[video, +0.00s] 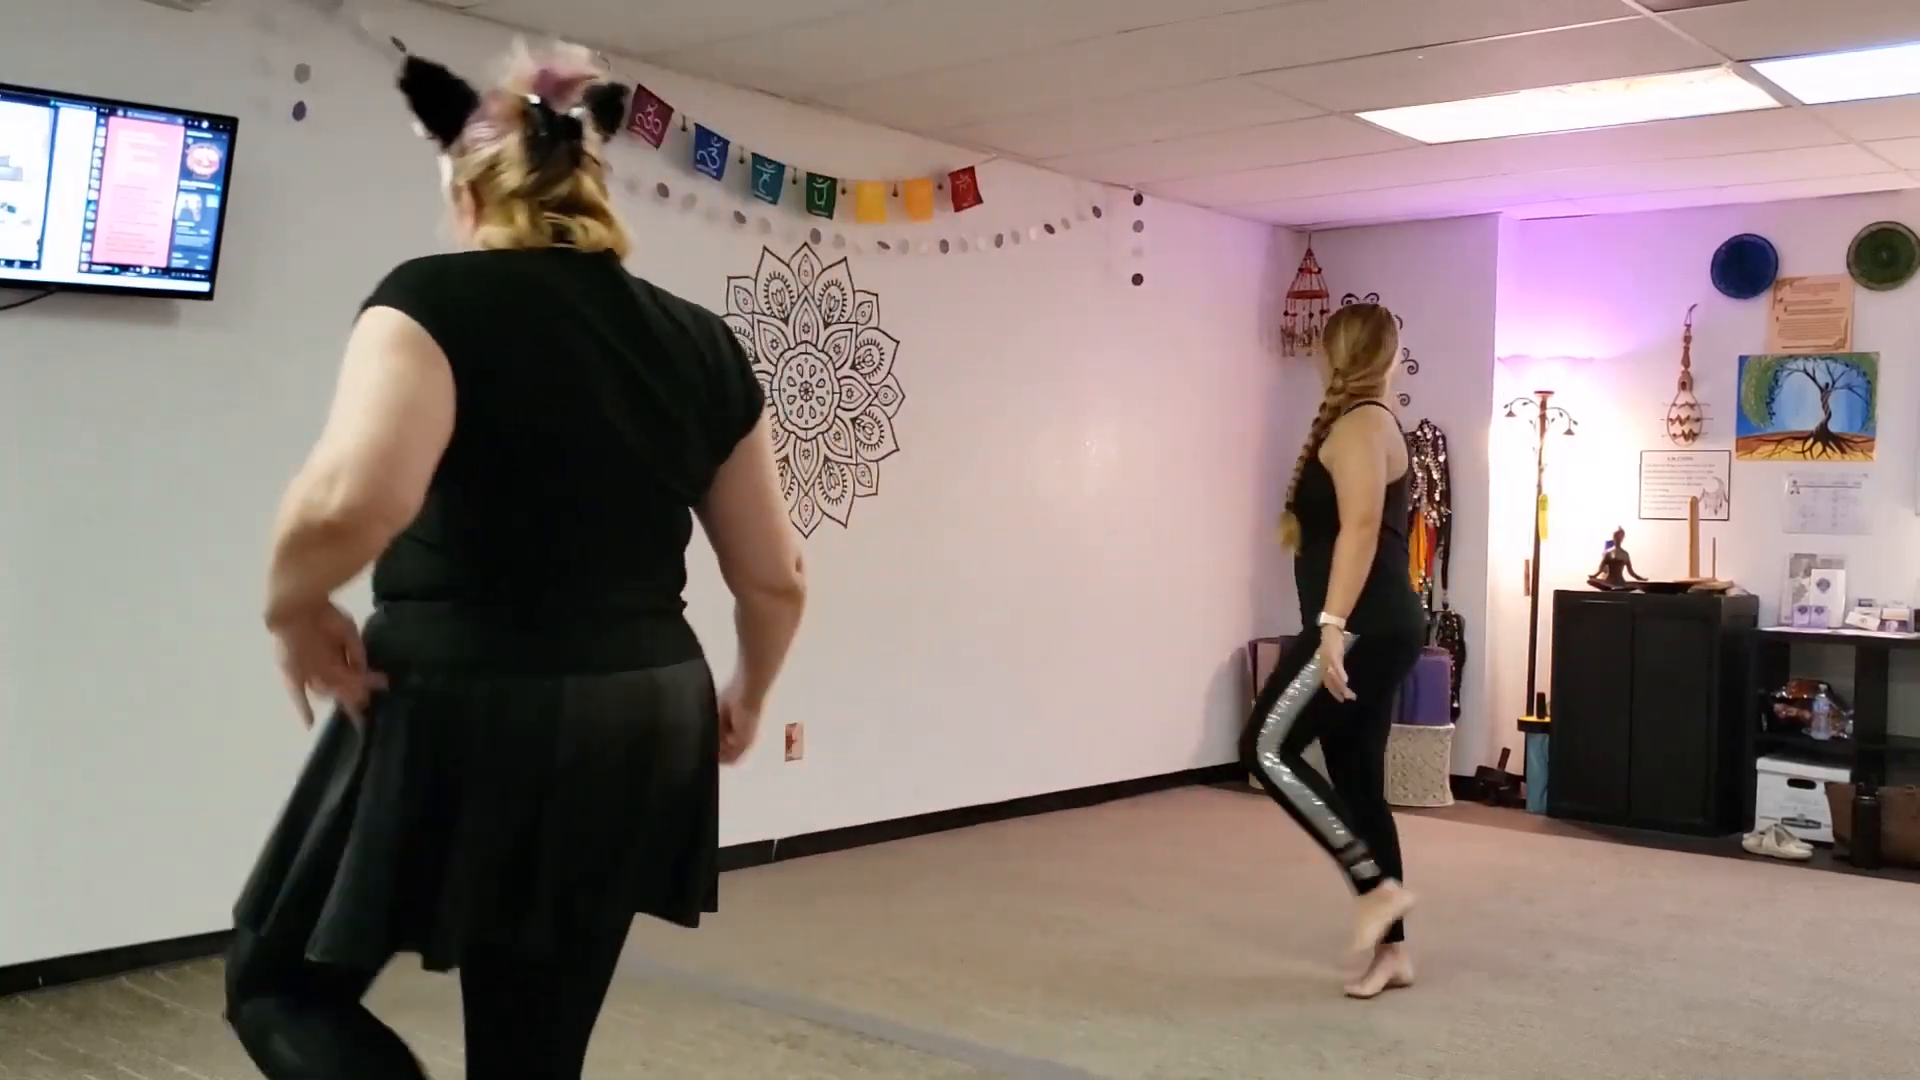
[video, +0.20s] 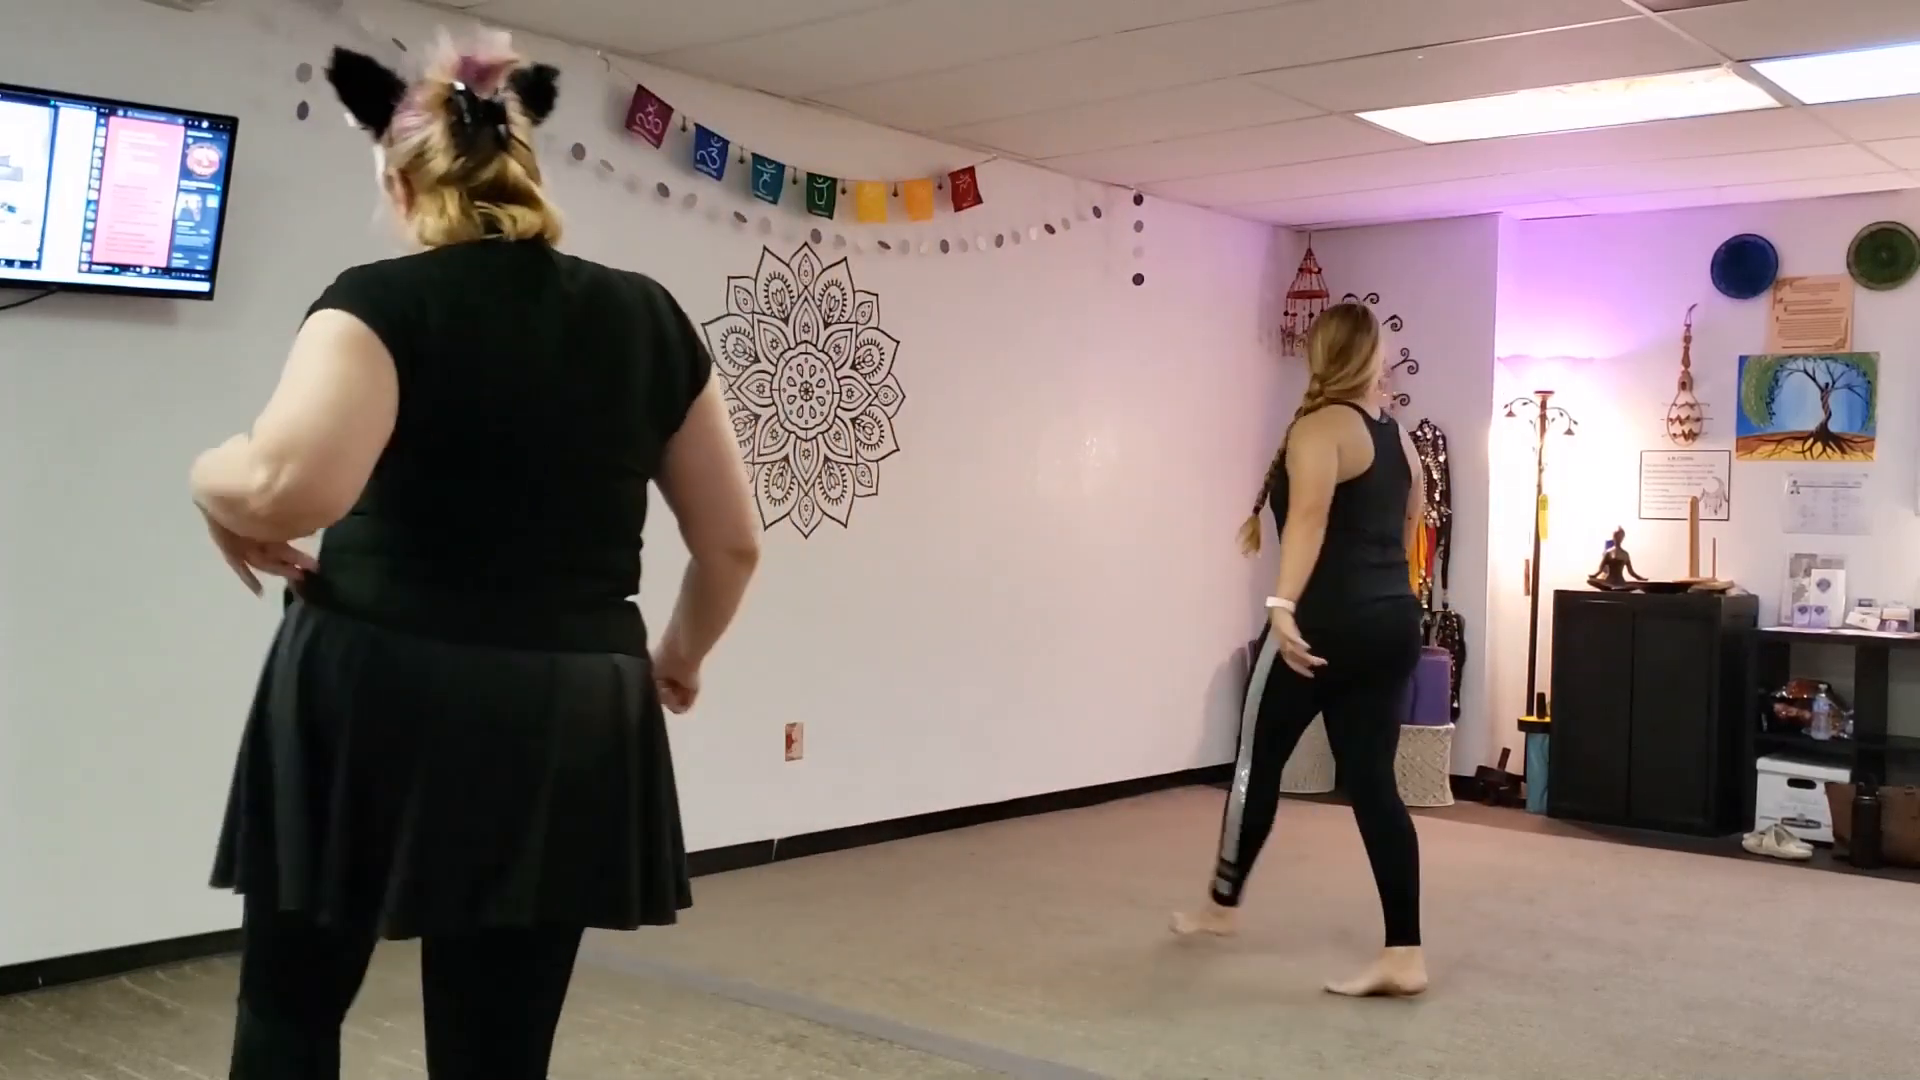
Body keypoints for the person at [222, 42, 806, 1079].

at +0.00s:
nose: (449, 222)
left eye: (451, 204)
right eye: (450, 205)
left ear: (469, 199)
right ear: (591, 194)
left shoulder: (435, 298)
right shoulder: (697, 340)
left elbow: (359, 498)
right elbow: (773, 578)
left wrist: (297, 605)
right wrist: (751, 692)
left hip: (453, 715)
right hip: (643, 720)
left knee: (279, 982)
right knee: (533, 1047)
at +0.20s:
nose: (384, 212)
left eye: (386, 191)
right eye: (385, 190)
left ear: (407, 187)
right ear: (526, 174)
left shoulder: (381, 301)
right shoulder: (645, 318)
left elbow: (295, 494)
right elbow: (730, 543)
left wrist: (213, 479)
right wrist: (681, 654)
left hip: (370, 699)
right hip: (574, 717)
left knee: (289, 1020)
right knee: (497, 1051)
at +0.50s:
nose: (301, 225)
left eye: (301, 205)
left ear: (318, 208)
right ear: (445, 199)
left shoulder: (277, 345)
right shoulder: (550, 345)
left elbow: (171, 575)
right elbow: (624, 572)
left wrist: (90, 412)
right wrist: (597, 653)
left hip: (290, 722)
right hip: (477, 726)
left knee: (252, 1050)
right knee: (451, 1055)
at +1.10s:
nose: (439, 280)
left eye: (440, 259)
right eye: (435, 257)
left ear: (307, 244)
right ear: (395, 253)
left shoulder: (199, 339)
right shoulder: (440, 359)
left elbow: (145, 557)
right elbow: (485, 561)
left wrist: (94, 515)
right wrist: (559, 727)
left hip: (207, 680)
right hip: (386, 692)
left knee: (242, 986)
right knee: (421, 921)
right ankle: (368, 1073)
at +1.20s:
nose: (460, 275)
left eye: (460, 253)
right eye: (454, 253)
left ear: (330, 245)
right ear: (400, 252)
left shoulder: (224, 334)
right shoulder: (435, 352)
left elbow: (169, 532)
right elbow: (467, 542)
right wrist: (551, 722)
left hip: (216, 664)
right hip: (394, 677)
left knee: (246, 980)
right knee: (431, 935)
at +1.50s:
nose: (510, 291)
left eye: (511, 270)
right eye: (502, 269)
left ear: (413, 265)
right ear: (441, 268)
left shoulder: (317, 362)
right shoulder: (460, 367)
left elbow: (308, 519)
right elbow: (473, 543)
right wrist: (539, 722)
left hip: (307, 678)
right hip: (440, 694)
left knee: (305, 977)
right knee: (478, 967)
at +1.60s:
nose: (536, 283)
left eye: (536, 261)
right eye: (528, 260)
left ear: (439, 260)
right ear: (468, 263)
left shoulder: (358, 358)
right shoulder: (477, 370)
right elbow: (480, 539)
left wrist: (438, 205)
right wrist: (541, 720)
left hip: (350, 670)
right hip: (476, 688)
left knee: (341, 957)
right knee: (503, 955)